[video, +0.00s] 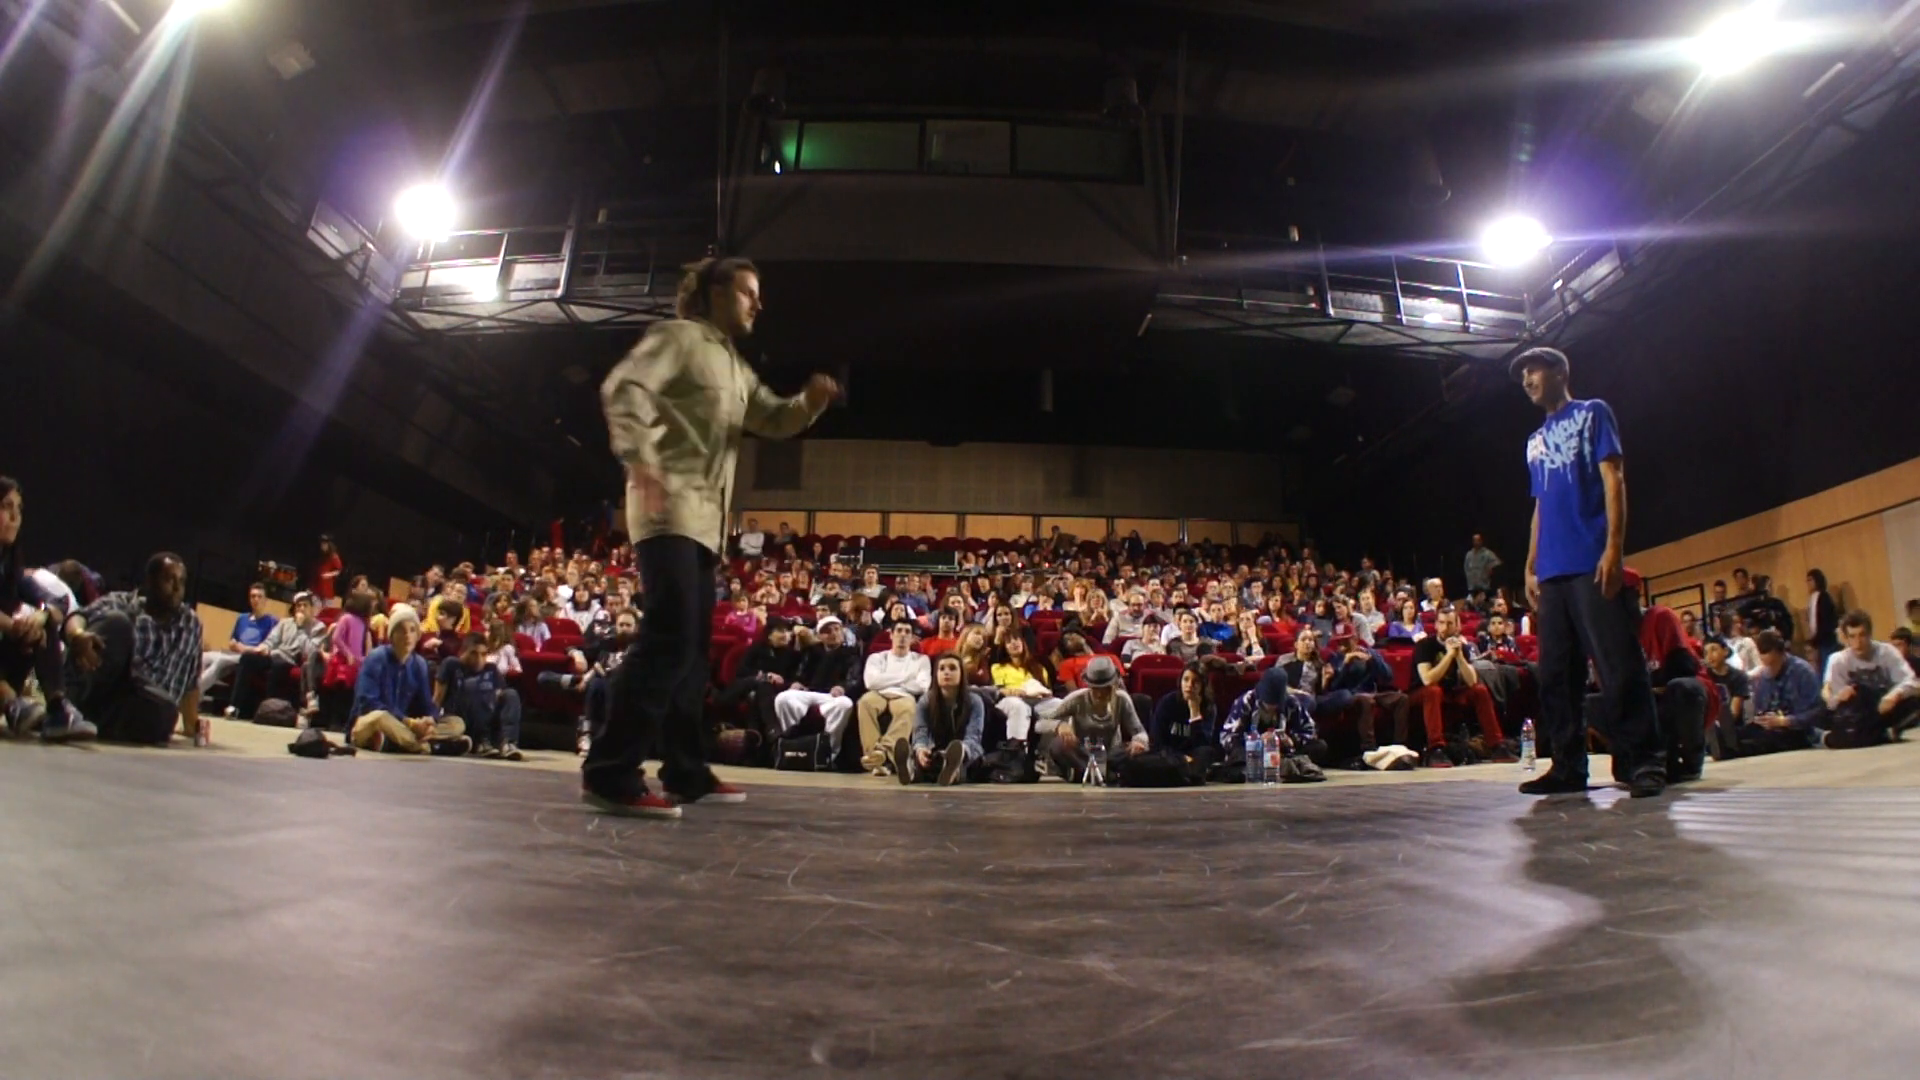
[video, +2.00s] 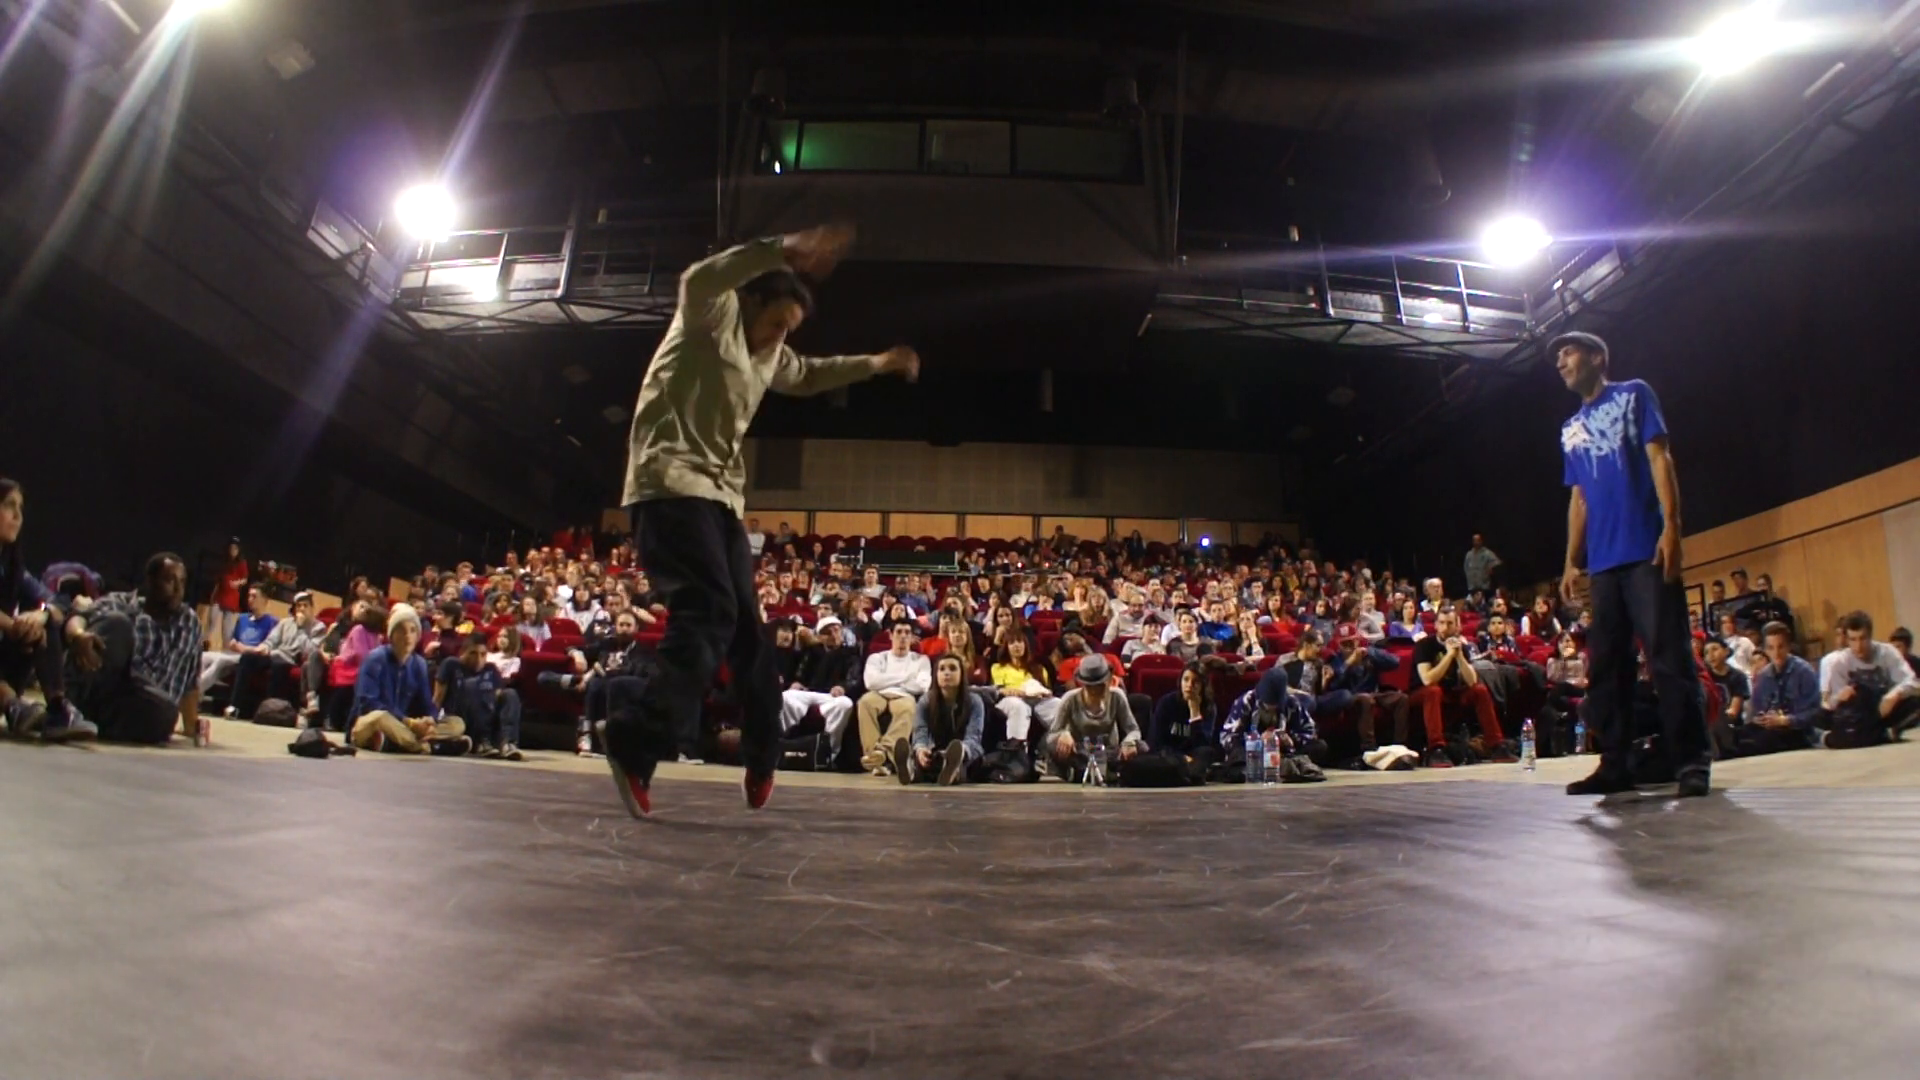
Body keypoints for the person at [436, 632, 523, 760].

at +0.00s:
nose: (479, 659)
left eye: (483, 654)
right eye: (474, 654)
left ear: (487, 654)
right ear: (464, 653)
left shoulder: (491, 669)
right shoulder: (450, 664)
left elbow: (499, 694)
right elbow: (438, 697)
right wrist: (429, 721)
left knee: (511, 695)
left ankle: (508, 743)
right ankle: (483, 742)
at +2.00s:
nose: (478, 659)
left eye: (483, 654)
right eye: (473, 654)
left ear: (486, 655)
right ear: (464, 653)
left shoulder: (490, 669)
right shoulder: (450, 665)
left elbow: (497, 695)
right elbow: (438, 698)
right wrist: (429, 722)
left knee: (510, 694)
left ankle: (508, 743)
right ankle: (483, 742)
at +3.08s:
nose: (478, 659)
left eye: (483, 654)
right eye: (473, 654)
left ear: (487, 654)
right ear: (464, 654)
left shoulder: (491, 669)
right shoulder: (450, 665)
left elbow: (496, 697)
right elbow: (438, 698)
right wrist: (429, 722)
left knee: (510, 695)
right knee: (470, 689)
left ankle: (508, 743)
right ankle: (483, 741)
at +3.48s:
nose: (479, 659)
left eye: (483, 655)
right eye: (474, 654)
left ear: (486, 654)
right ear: (466, 653)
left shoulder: (491, 670)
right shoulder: (451, 665)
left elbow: (496, 697)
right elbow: (438, 698)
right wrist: (430, 722)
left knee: (511, 695)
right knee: (471, 690)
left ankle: (508, 743)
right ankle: (483, 741)